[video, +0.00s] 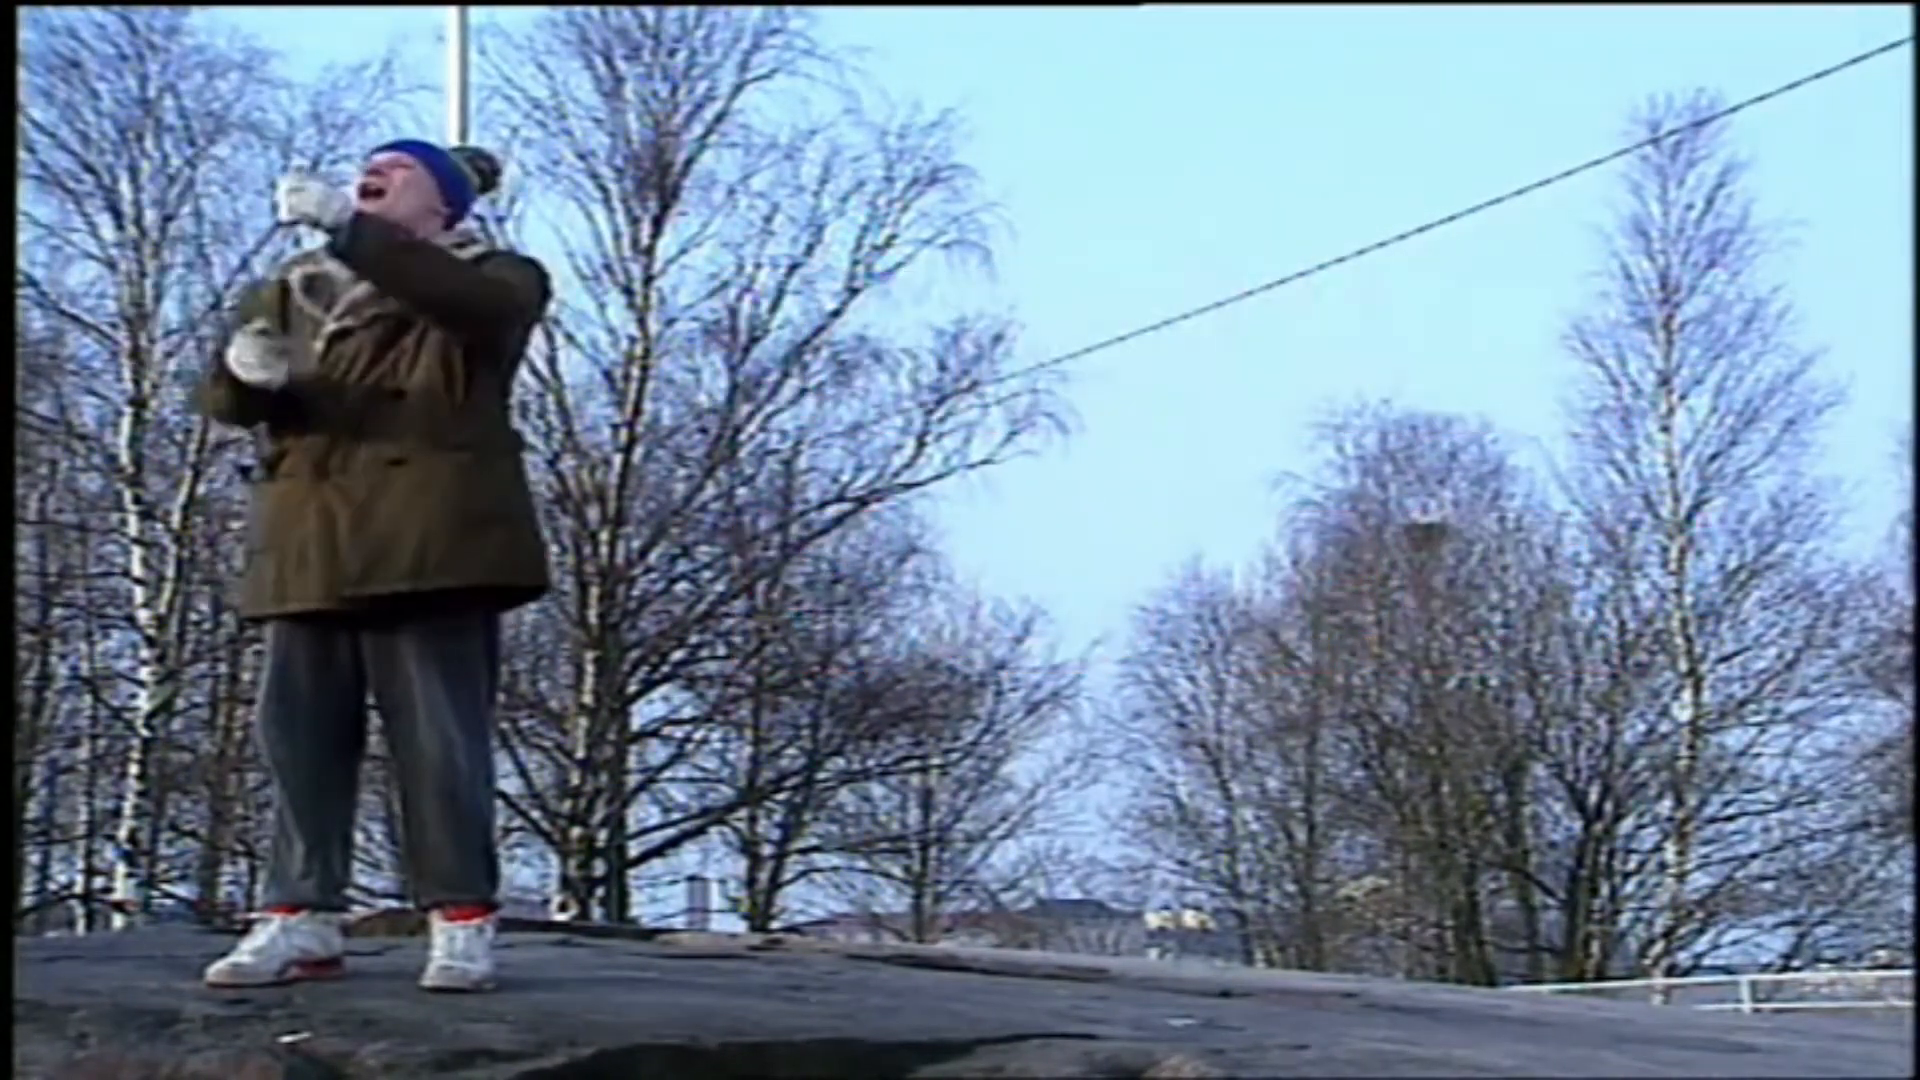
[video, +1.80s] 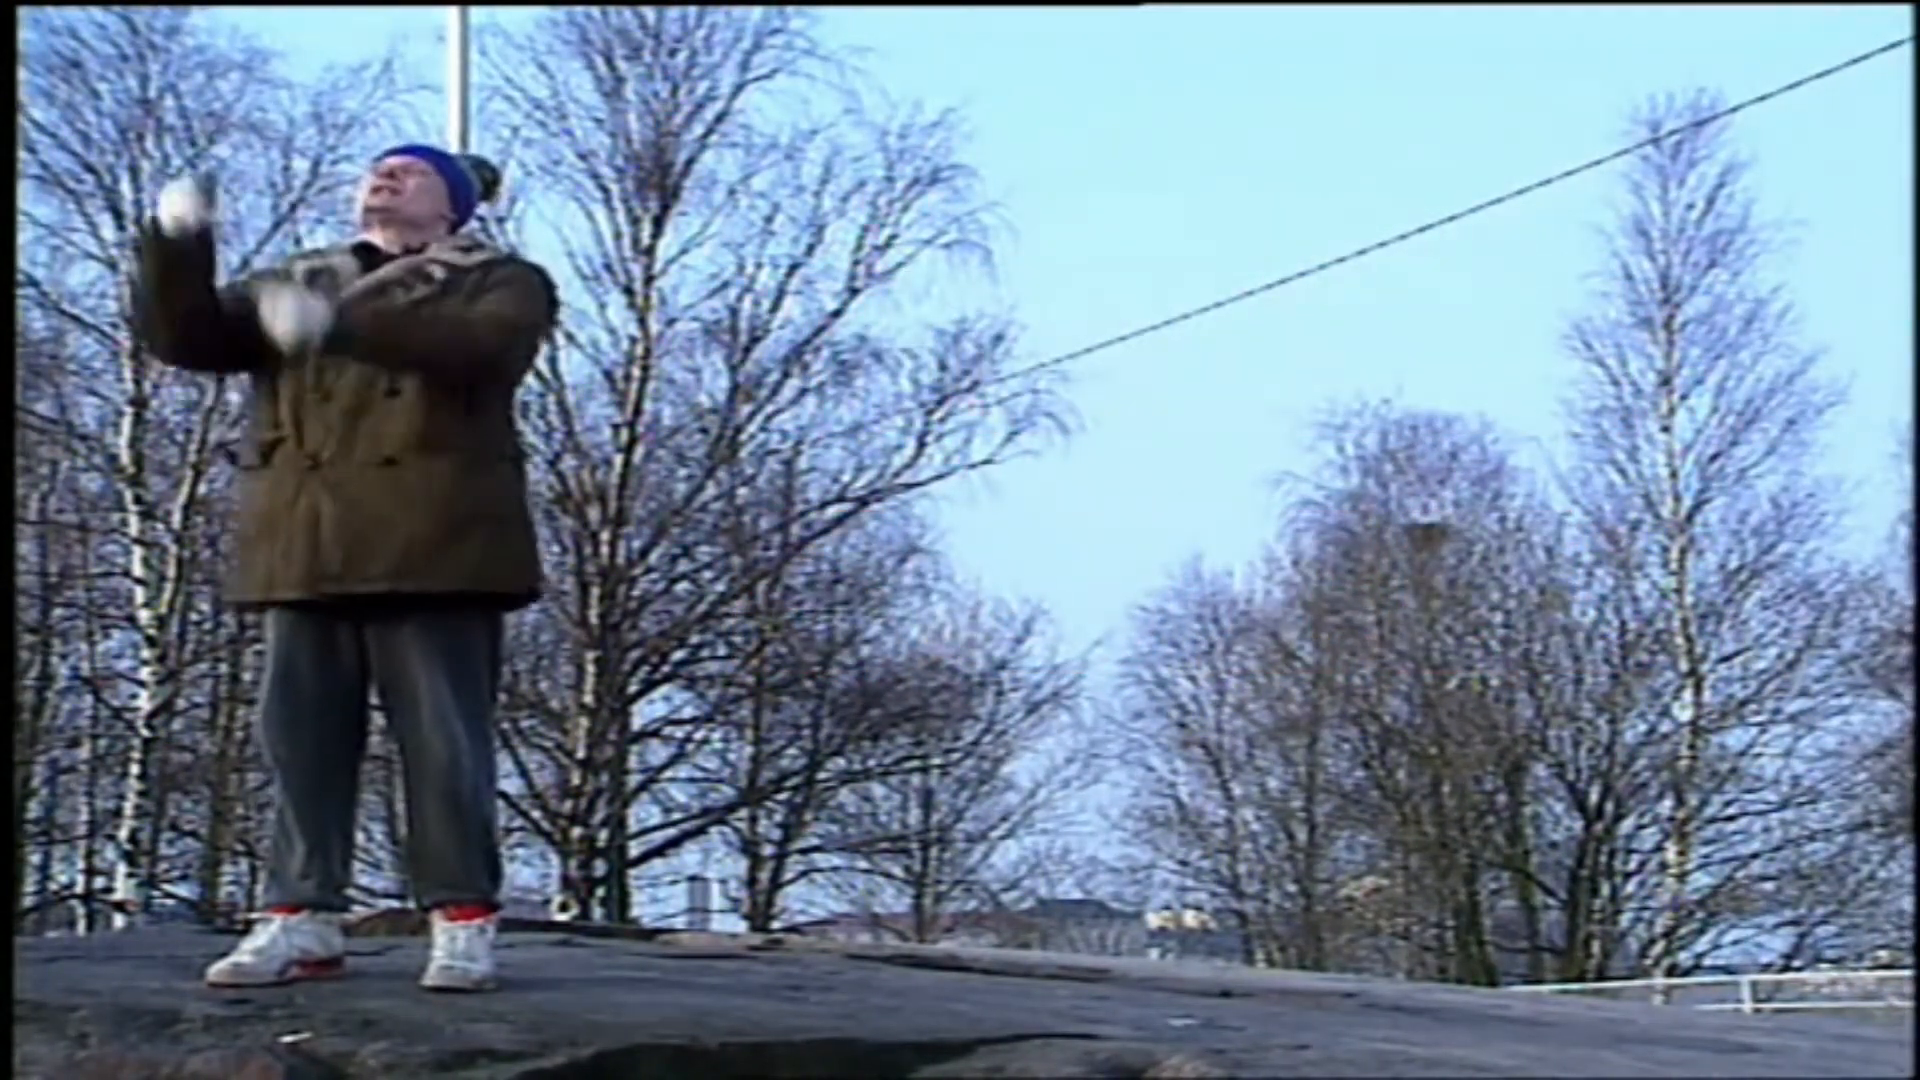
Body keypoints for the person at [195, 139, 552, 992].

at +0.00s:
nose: (365, 185)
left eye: (389, 173)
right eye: (360, 177)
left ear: (446, 202)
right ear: (351, 199)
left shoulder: (500, 276)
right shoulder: (308, 286)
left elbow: (471, 295)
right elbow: (224, 401)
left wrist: (348, 230)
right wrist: (249, 370)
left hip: (432, 540)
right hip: (307, 545)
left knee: (439, 738)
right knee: (300, 735)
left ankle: (460, 919)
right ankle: (304, 918)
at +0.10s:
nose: (370, 185)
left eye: (393, 174)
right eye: (365, 179)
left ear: (450, 202)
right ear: (355, 200)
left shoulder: (495, 275)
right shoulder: (304, 291)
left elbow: (497, 303)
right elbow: (203, 377)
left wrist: (354, 251)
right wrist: (223, 333)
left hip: (433, 546)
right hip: (307, 550)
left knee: (440, 740)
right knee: (301, 738)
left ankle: (461, 918)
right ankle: (305, 918)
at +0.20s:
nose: (377, 177)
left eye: (401, 167)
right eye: (372, 170)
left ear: (453, 202)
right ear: (360, 200)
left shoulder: (505, 280)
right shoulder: (315, 285)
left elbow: (477, 333)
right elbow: (188, 321)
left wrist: (344, 298)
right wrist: (194, 245)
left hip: (436, 556)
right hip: (308, 557)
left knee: (442, 741)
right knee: (299, 737)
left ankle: (462, 919)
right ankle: (305, 918)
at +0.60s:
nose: (380, 174)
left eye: (404, 166)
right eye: (374, 168)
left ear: (454, 204)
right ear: (360, 192)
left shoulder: (498, 276)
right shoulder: (300, 283)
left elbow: (489, 310)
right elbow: (239, 393)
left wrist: (343, 246)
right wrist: (234, 367)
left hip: (432, 543)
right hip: (305, 542)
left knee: (440, 737)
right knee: (300, 734)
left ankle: (461, 919)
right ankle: (305, 918)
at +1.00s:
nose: (376, 174)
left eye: (401, 167)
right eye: (370, 169)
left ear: (450, 204)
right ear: (354, 200)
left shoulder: (503, 279)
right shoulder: (305, 280)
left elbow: (472, 353)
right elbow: (186, 332)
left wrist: (342, 340)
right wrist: (192, 252)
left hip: (435, 559)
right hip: (306, 561)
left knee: (442, 741)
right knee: (299, 738)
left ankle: (463, 919)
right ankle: (305, 918)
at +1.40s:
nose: (375, 177)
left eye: (401, 168)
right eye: (369, 171)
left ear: (452, 204)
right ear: (356, 202)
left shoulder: (502, 282)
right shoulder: (314, 281)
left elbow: (482, 348)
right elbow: (263, 386)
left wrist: (340, 301)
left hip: (429, 550)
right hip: (305, 549)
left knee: (440, 740)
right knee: (299, 737)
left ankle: (461, 918)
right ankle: (306, 918)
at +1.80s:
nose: (382, 178)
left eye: (407, 171)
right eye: (376, 172)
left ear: (453, 207)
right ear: (359, 201)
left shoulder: (503, 279)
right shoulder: (307, 279)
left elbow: (479, 347)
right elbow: (186, 334)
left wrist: (341, 319)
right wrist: (177, 246)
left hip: (437, 555)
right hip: (306, 556)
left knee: (443, 739)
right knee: (299, 735)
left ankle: (462, 919)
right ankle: (306, 918)